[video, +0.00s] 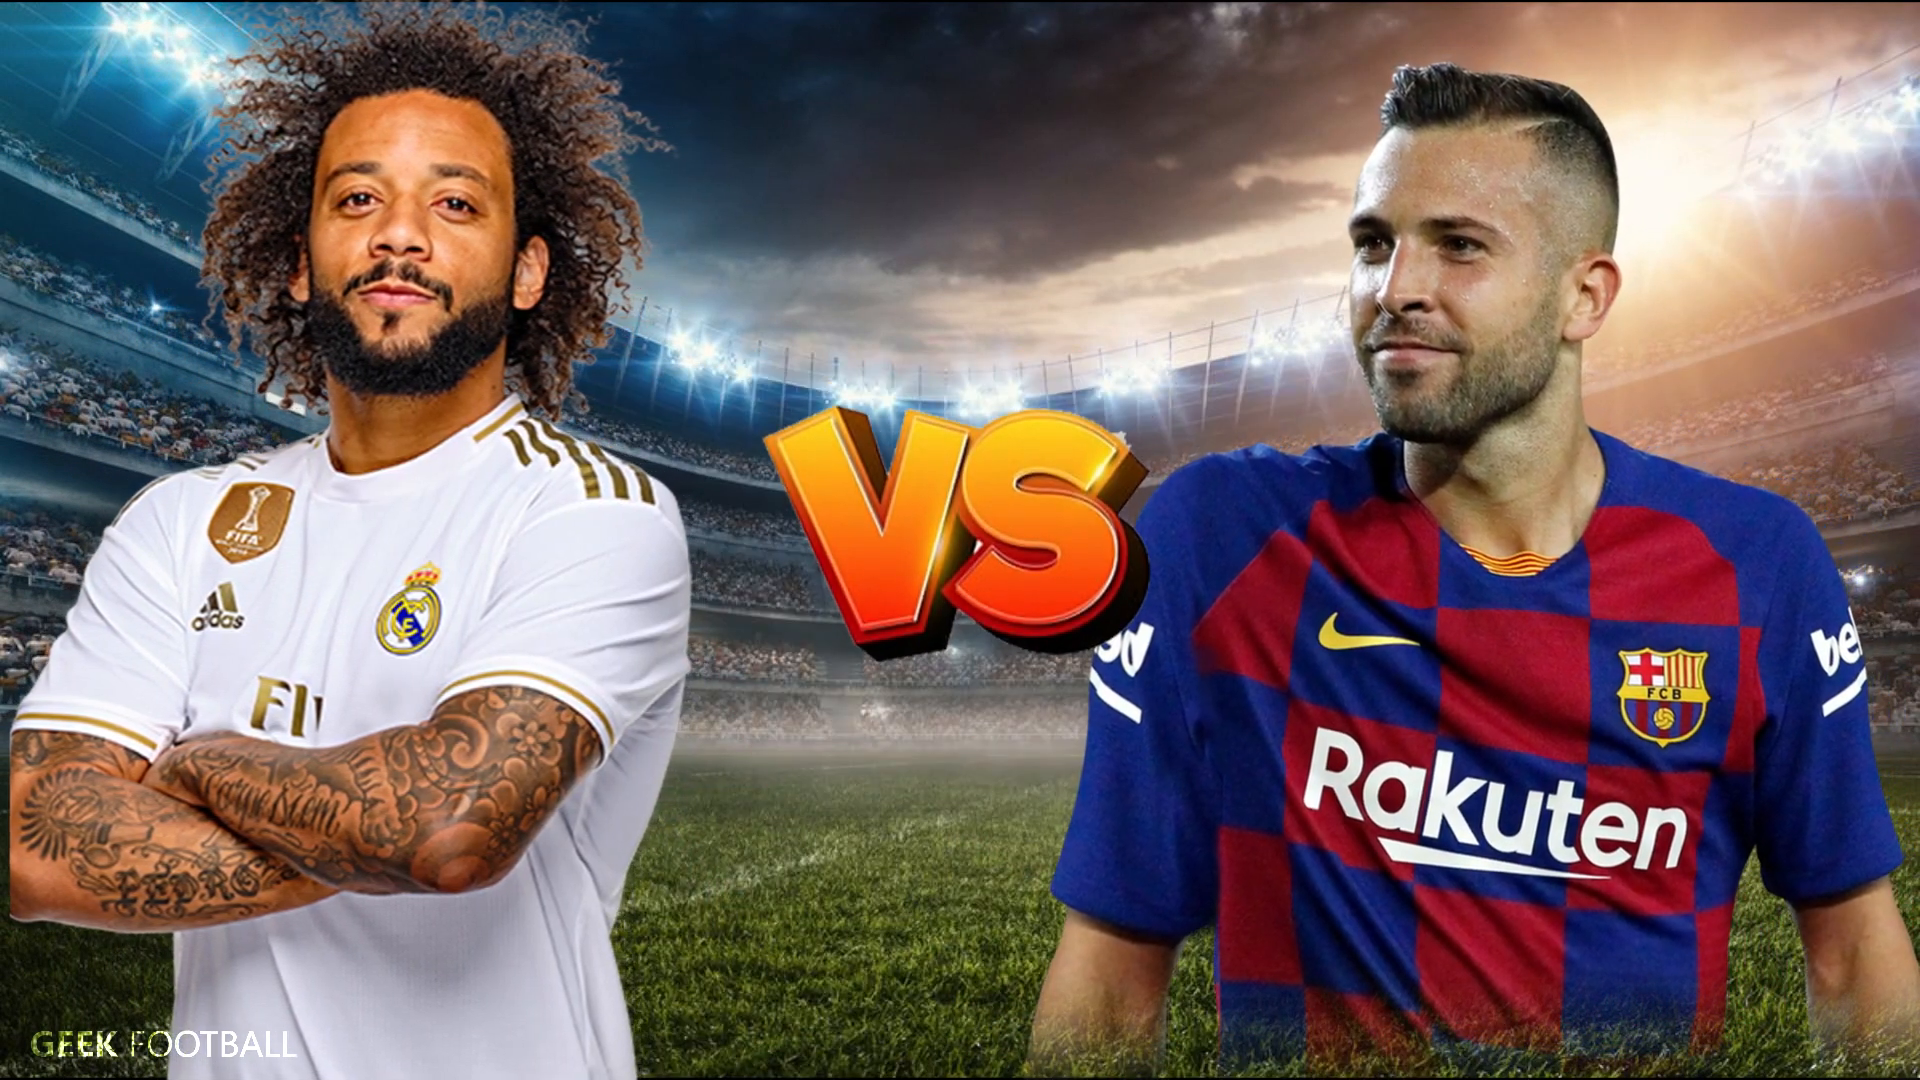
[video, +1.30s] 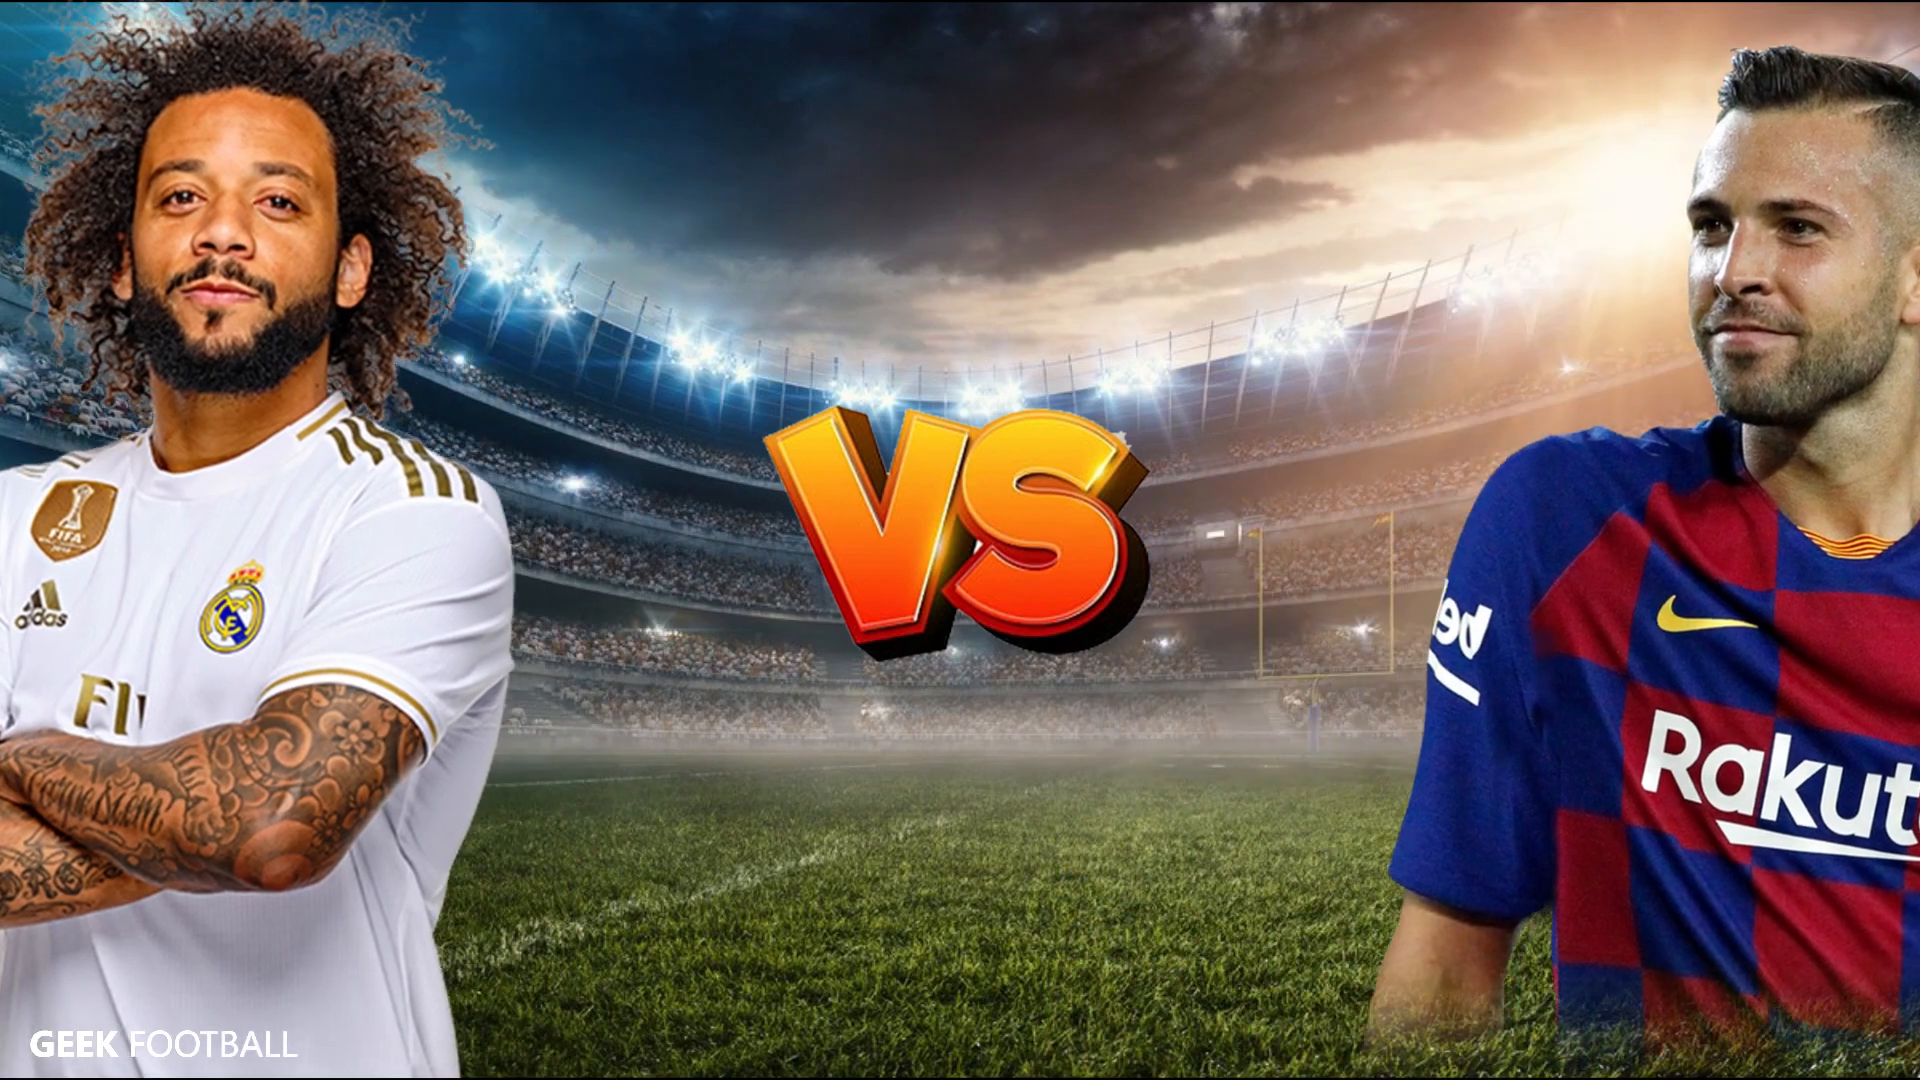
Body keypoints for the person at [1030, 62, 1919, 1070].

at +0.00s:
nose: (1392, 290)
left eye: (1459, 245)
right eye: (1372, 244)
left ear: (1584, 299)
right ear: (1349, 268)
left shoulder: (1760, 568)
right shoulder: (1211, 537)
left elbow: (1855, 944)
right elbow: (1113, 963)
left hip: (1634, 1053)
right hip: (1302, 1051)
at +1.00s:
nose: (1527, 289)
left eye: (1592, 242)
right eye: (1505, 243)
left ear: (1717, 295)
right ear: (1482, 267)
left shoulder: (1892, 563)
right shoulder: (1346, 530)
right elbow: (1242, 962)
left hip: (1768, 1060)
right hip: (1445, 1055)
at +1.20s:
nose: (1653, 280)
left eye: (1719, 234)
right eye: (1633, 234)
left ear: (1844, 285)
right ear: (1612, 255)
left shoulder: (1911, 540)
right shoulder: (1480, 522)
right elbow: (1369, 960)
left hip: (1881, 1046)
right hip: (1582, 1048)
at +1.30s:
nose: (1736, 274)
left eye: (1801, 229)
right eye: (1714, 229)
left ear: (1915, 280)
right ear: (1688, 253)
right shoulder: (1561, 516)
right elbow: (1448, 946)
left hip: (1891, 1043)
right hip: (1645, 1051)